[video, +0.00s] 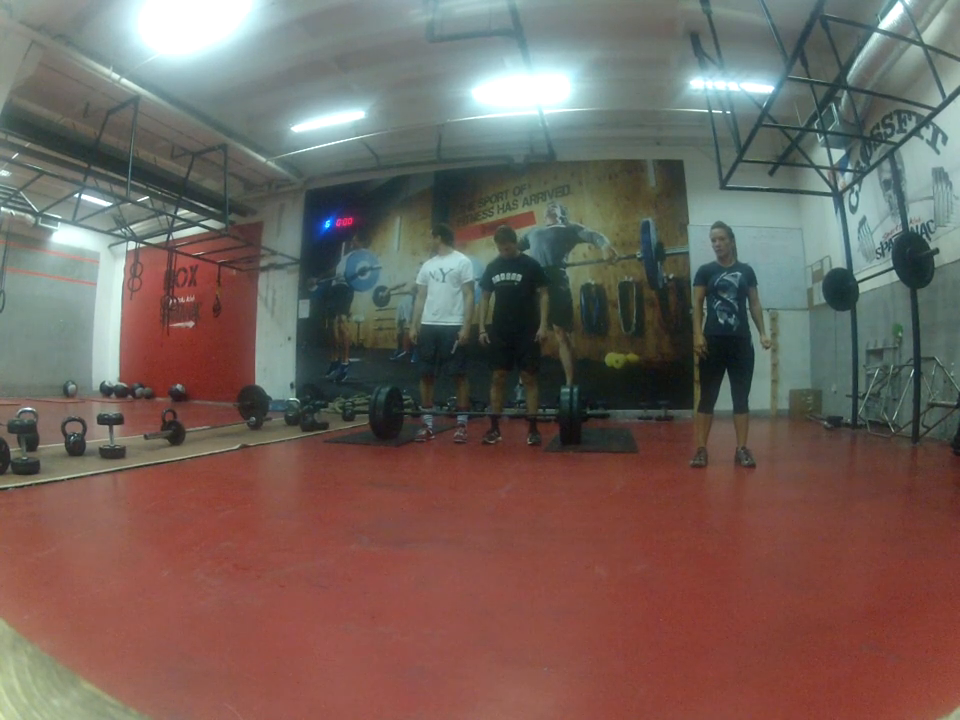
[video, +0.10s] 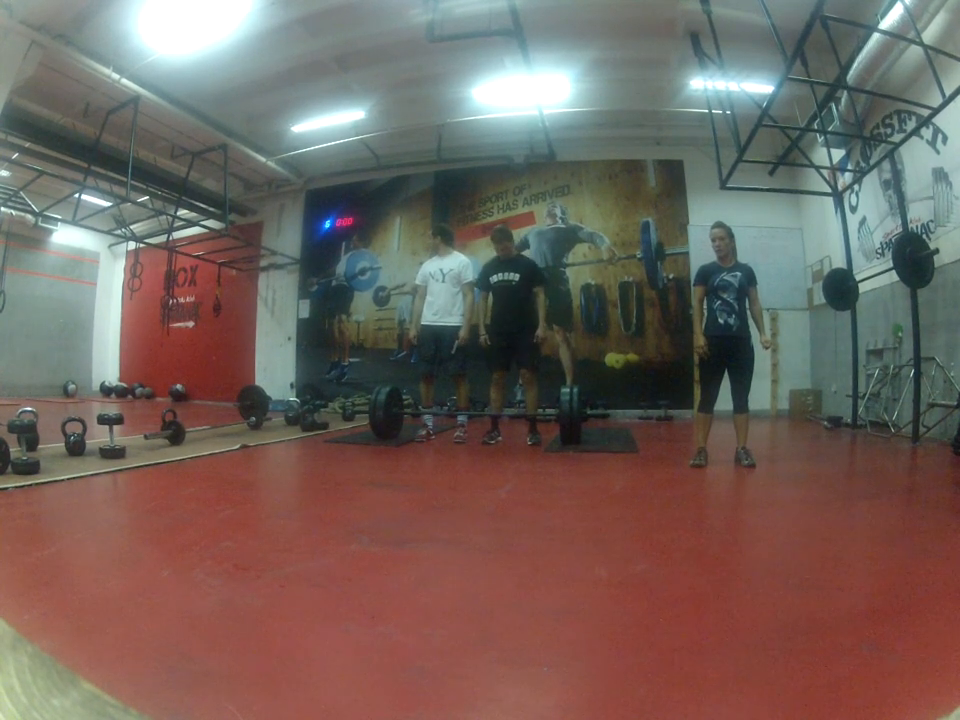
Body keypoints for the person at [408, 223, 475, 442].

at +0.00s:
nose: (430, 241)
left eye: (432, 237)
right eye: (431, 237)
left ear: (441, 238)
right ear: (439, 239)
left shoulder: (462, 261)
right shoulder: (427, 265)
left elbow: (469, 295)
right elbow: (420, 297)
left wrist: (466, 327)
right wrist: (414, 325)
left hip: (454, 327)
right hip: (428, 326)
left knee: (459, 375)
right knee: (426, 374)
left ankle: (462, 424)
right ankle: (427, 424)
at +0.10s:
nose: (430, 241)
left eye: (432, 237)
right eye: (430, 237)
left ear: (441, 239)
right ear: (439, 239)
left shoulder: (462, 262)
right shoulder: (427, 265)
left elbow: (469, 295)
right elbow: (419, 297)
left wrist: (466, 327)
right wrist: (414, 326)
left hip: (454, 327)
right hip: (428, 327)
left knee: (459, 375)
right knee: (426, 375)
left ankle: (462, 424)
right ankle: (427, 424)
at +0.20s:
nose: (430, 242)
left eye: (432, 238)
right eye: (431, 238)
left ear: (441, 239)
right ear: (439, 239)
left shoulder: (462, 262)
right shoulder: (427, 265)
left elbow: (469, 295)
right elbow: (419, 297)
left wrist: (466, 327)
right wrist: (413, 326)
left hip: (454, 327)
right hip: (428, 326)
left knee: (459, 375)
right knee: (426, 375)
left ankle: (461, 425)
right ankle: (427, 425)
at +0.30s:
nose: (429, 242)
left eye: (431, 239)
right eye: (429, 239)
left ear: (443, 239)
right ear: (438, 240)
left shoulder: (462, 262)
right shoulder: (427, 265)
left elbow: (469, 295)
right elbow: (418, 297)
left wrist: (466, 327)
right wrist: (413, 326)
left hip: (453, 327)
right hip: (427, 326)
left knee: (459, 375)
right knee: (426, 375)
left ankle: (461, 424)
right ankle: (427, 424)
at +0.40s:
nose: (432, 244)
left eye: (435, 241)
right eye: (431, 241)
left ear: (447, 240)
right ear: (432, 242)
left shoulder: (462, 263)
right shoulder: (426, 266)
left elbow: (469, 296)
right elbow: (418, 298)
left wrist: (466, 327)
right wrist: (412, 327)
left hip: (454, 327)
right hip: (427, 327)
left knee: (459, 375)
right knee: (426, 375)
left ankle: (461, 425)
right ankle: (427, 425)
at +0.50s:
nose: (434, 245)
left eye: (438, 241)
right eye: (433, 242)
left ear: (447, 240)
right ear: (432, 242)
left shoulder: (462, 263)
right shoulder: (426, 266)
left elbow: (468, 295)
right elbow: (417, 298)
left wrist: (466, 326)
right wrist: (410, 326)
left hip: (454, 327)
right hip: (428, 327)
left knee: (459, 375)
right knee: (426, 376)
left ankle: (461, 425)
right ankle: (427, 425)